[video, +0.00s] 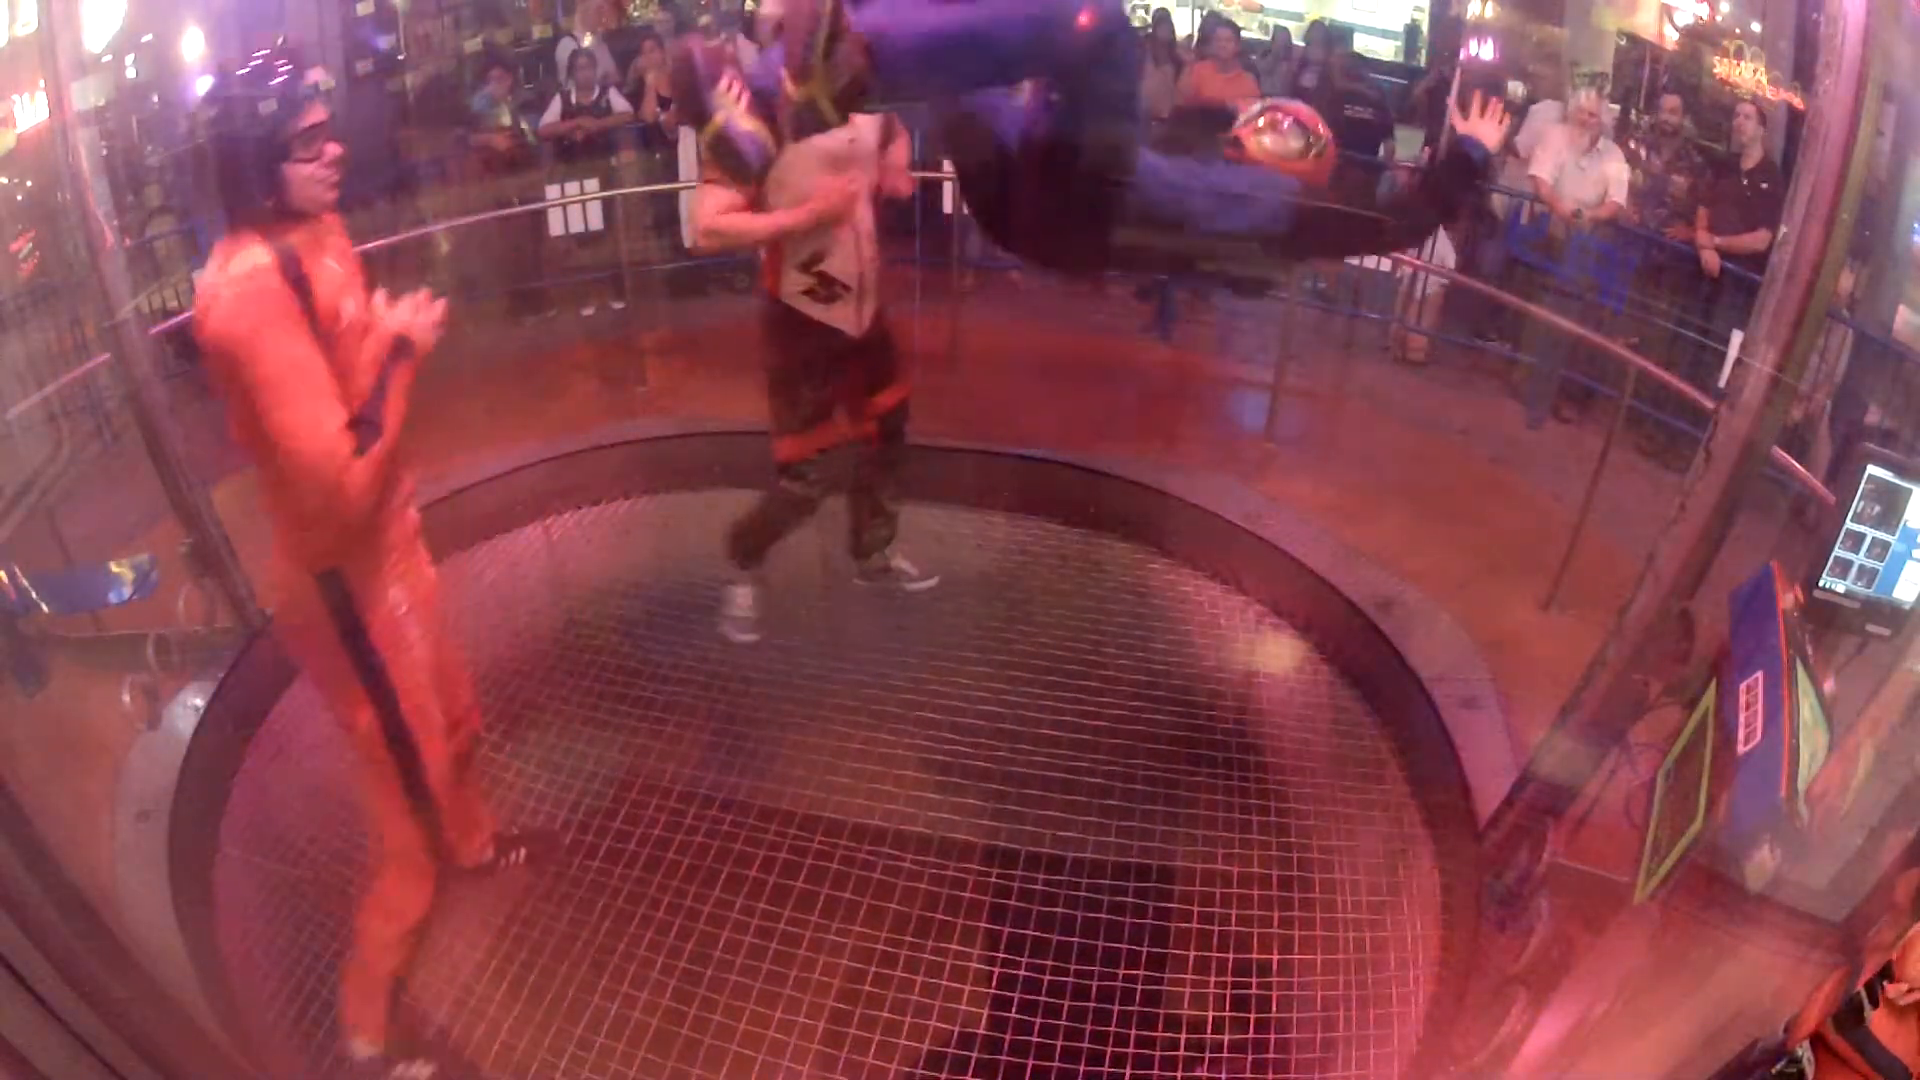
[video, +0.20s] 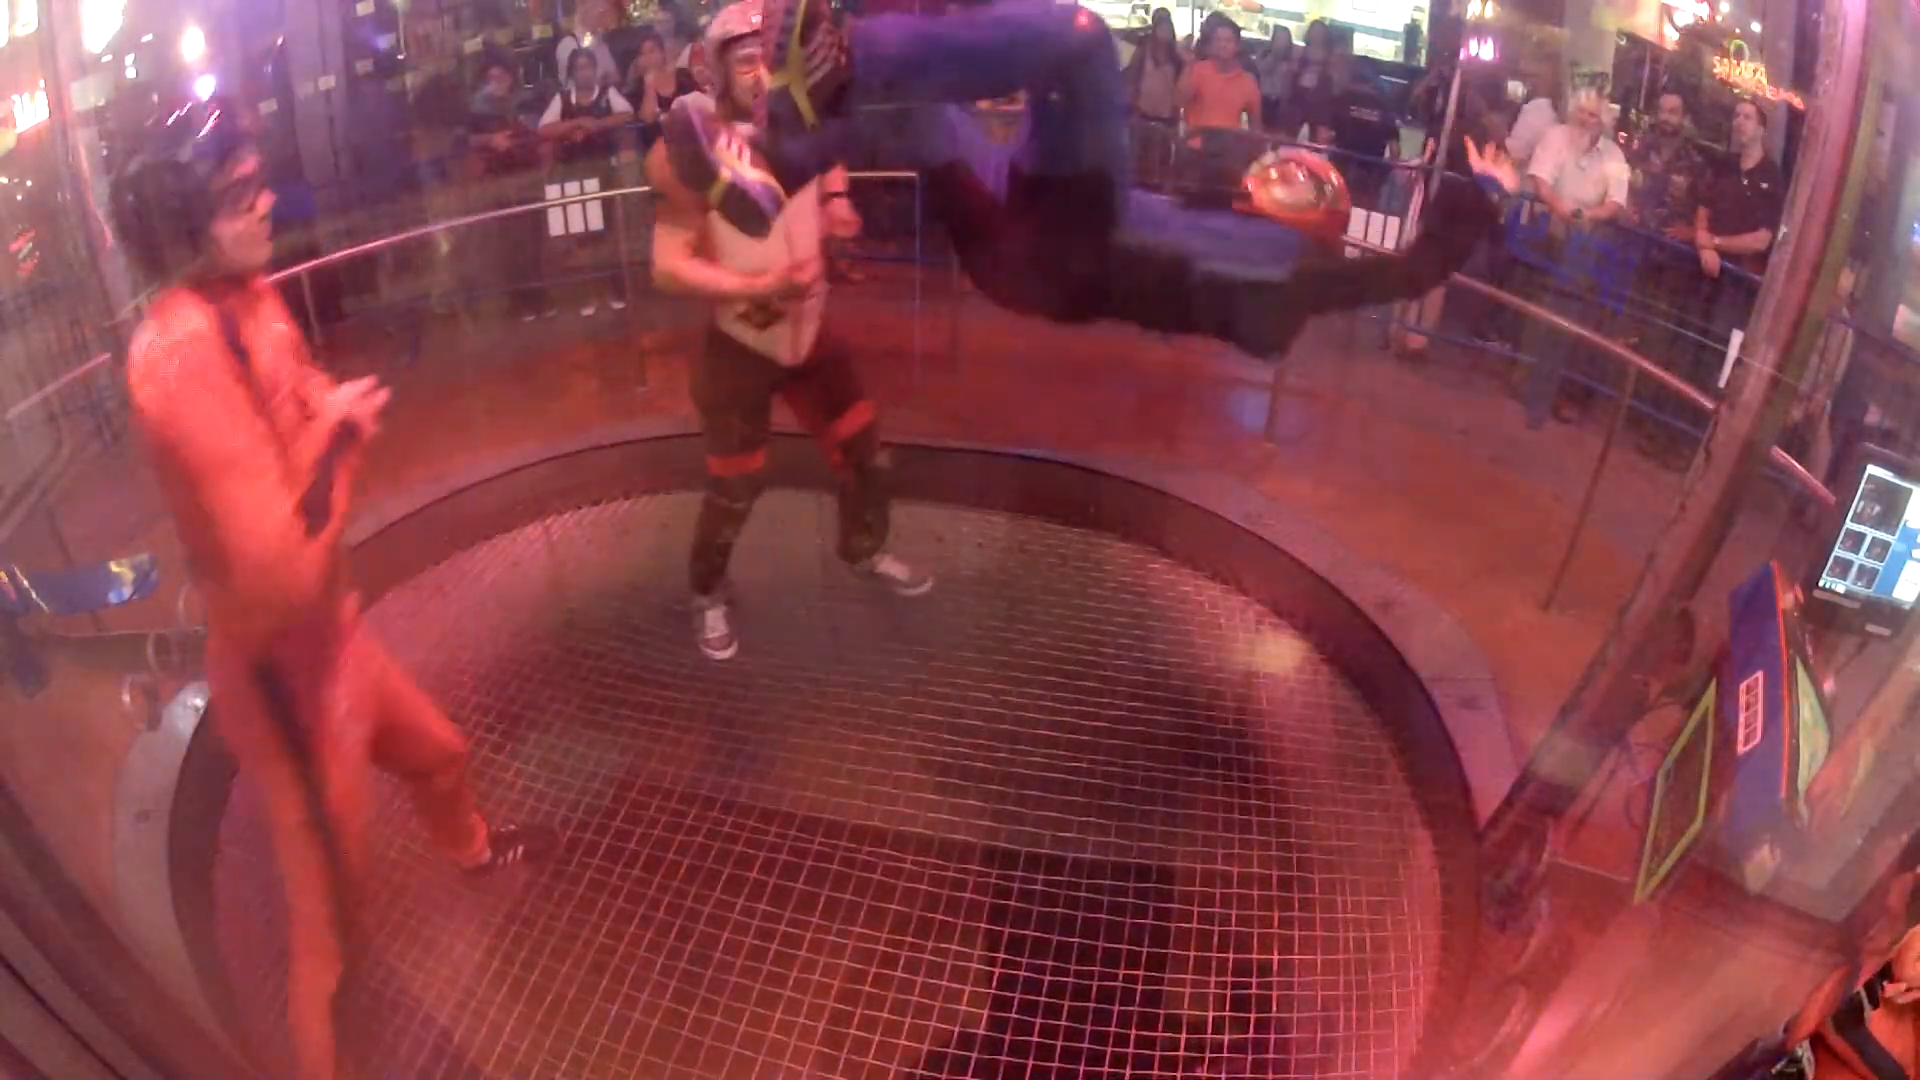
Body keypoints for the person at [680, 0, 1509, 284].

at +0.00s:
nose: (1286, 138)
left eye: (1302, 144)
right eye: (1281, 130)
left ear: (1318, 177)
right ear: (1264, 140)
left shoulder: (1283, 218)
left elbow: (1400, 225)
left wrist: (1470, 157)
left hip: (1084, 210)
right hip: (1031, 188)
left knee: (1098, 33)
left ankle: (860, 60)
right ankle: (853, 65)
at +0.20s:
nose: (1286, 175)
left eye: (1307, 185)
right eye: (1287, 168)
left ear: (1324, 227)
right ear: (1267, 179)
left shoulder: (1279, 274)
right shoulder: (1210, 212)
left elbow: (1412, 267)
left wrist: (1456, 207)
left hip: (1069, 260)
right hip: (1013, 242)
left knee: (1079, 38)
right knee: (924, 106)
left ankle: (856, 47)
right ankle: (785, 154)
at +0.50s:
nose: (1327, 259)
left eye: (1353, 269)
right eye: (1332, 249)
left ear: (1374, 320)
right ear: (1305, 259)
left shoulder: (1333, 377)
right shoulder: (1249, 301)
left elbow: (1481, 384)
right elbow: (1153, 281)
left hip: (1097, 356)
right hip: (1043, 325)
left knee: (1116, 115)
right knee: (934, 175)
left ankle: (878, 136)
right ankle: (798, 259)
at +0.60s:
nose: (1366, 288)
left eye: (1390, 298)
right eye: (1366, 276)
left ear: (1396, 345)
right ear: (1339, 279)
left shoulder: (1353, 400)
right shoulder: (1268, 308)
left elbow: (1497, 428)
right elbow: (1184, 263)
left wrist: (1567, 385)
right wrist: (1320, 248)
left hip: (1128, 390)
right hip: (1069, 347)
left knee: (1154, 154)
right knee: (968, 206)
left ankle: (910, 216)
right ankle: (856, 273)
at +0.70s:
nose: (1389, 313)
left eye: (1410, 322)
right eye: (1388, 299)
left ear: (1414, 363)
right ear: (1356, 298)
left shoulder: (1366, 414)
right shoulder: (1281, 311)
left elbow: (1503, 446)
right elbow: (1238, 251)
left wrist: (1584, 403)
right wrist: (1346, 250)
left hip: (1147, 428)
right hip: (1089, 363)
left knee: (1182, 224)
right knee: (968, 203)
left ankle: (936, 321)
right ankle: (876, 358)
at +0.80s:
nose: (1399, 330)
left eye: (1425, 338)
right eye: (1396, 313)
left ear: (1438, 379)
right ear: (1366, 312)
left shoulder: (1392, 434)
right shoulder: (1293, 331)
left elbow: (1528, 461)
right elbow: (1231, 251)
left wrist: (1591, 397)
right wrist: (1353, 259)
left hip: (1169, 459)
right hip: (1109, 394)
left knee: (1228, 267)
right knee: (983, 220)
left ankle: (983, 401)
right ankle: (907, 390)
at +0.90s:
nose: (1398, 342)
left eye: (1423, 351)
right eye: (1395, 328)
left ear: (1435, 397)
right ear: (1366, 331)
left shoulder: (1401, 456)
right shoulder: (1296, 345)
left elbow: (1524, 466)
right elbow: (1206, 282)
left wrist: (1586, 406)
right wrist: (1354, 262)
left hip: (1191, 491)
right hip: (1126, 417)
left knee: (1261, 305)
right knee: (998, 239)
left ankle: (1022, 481)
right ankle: (913, 423)